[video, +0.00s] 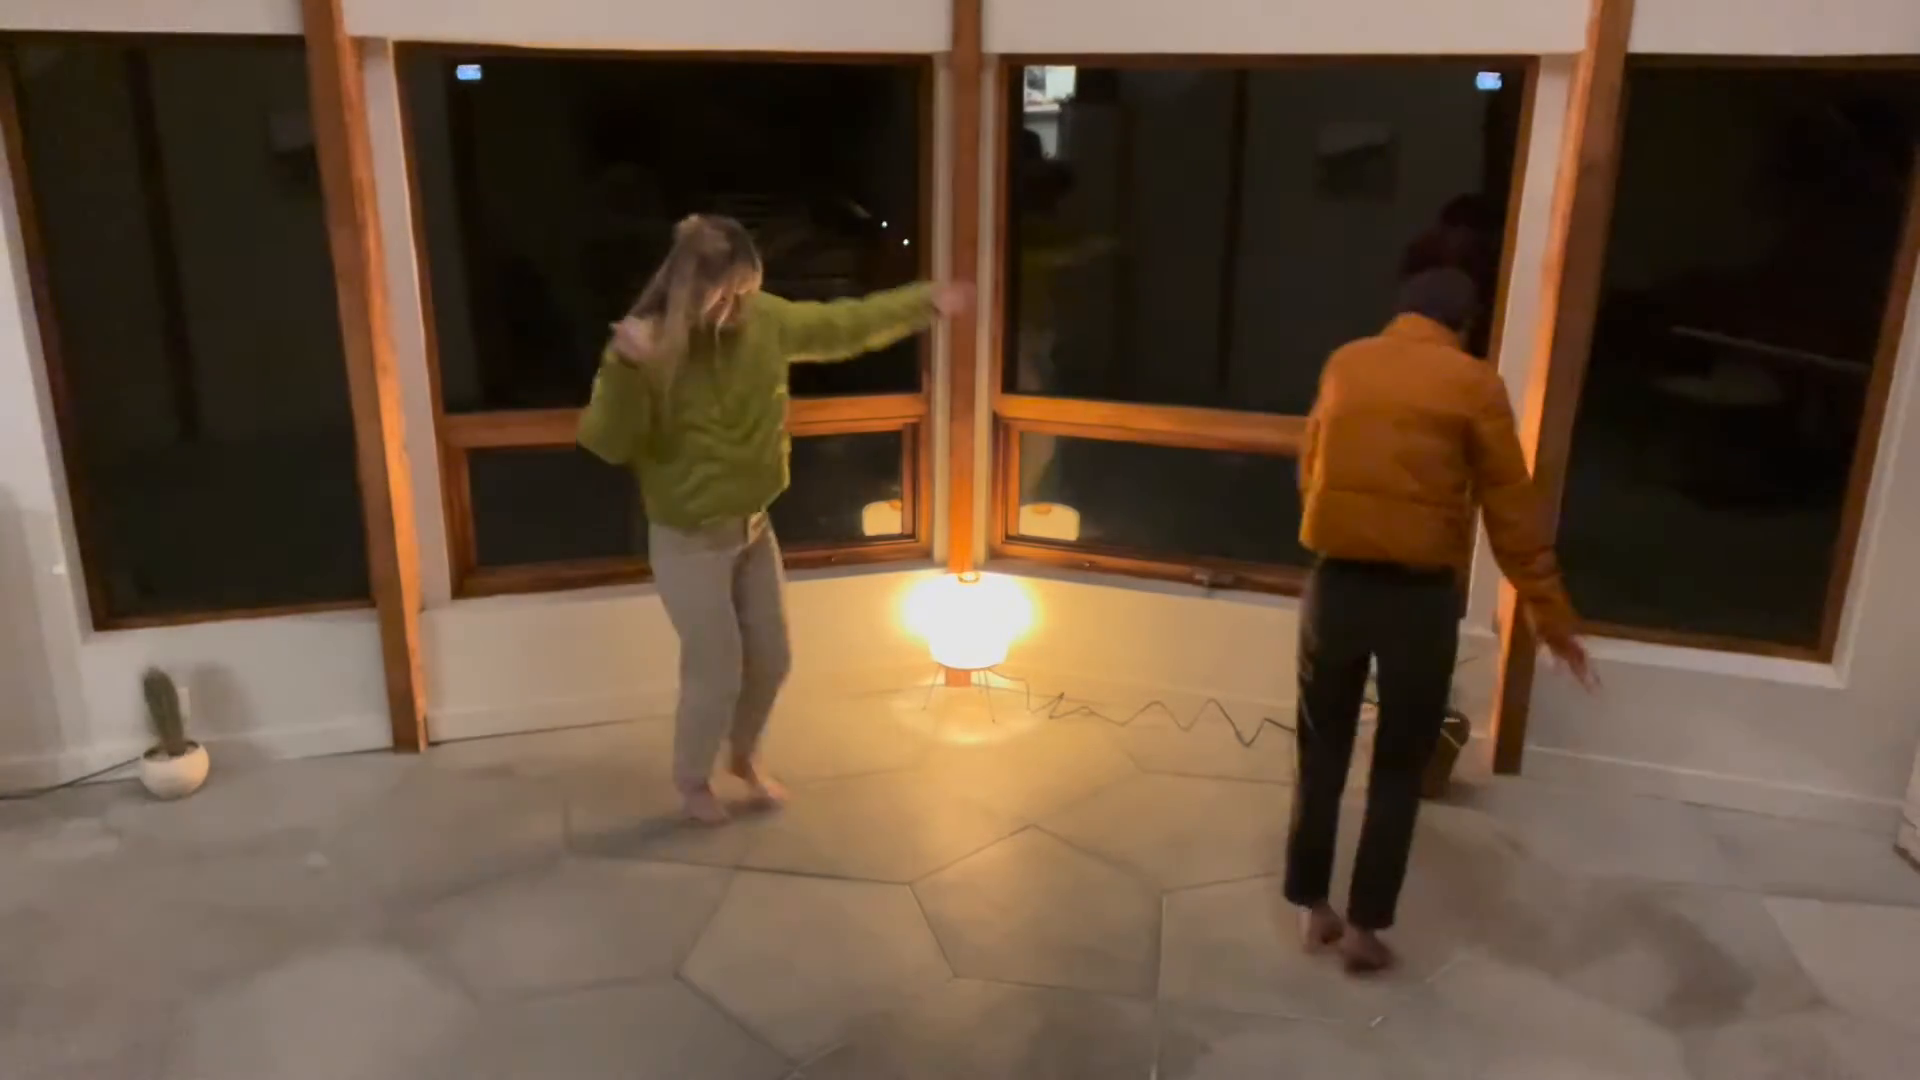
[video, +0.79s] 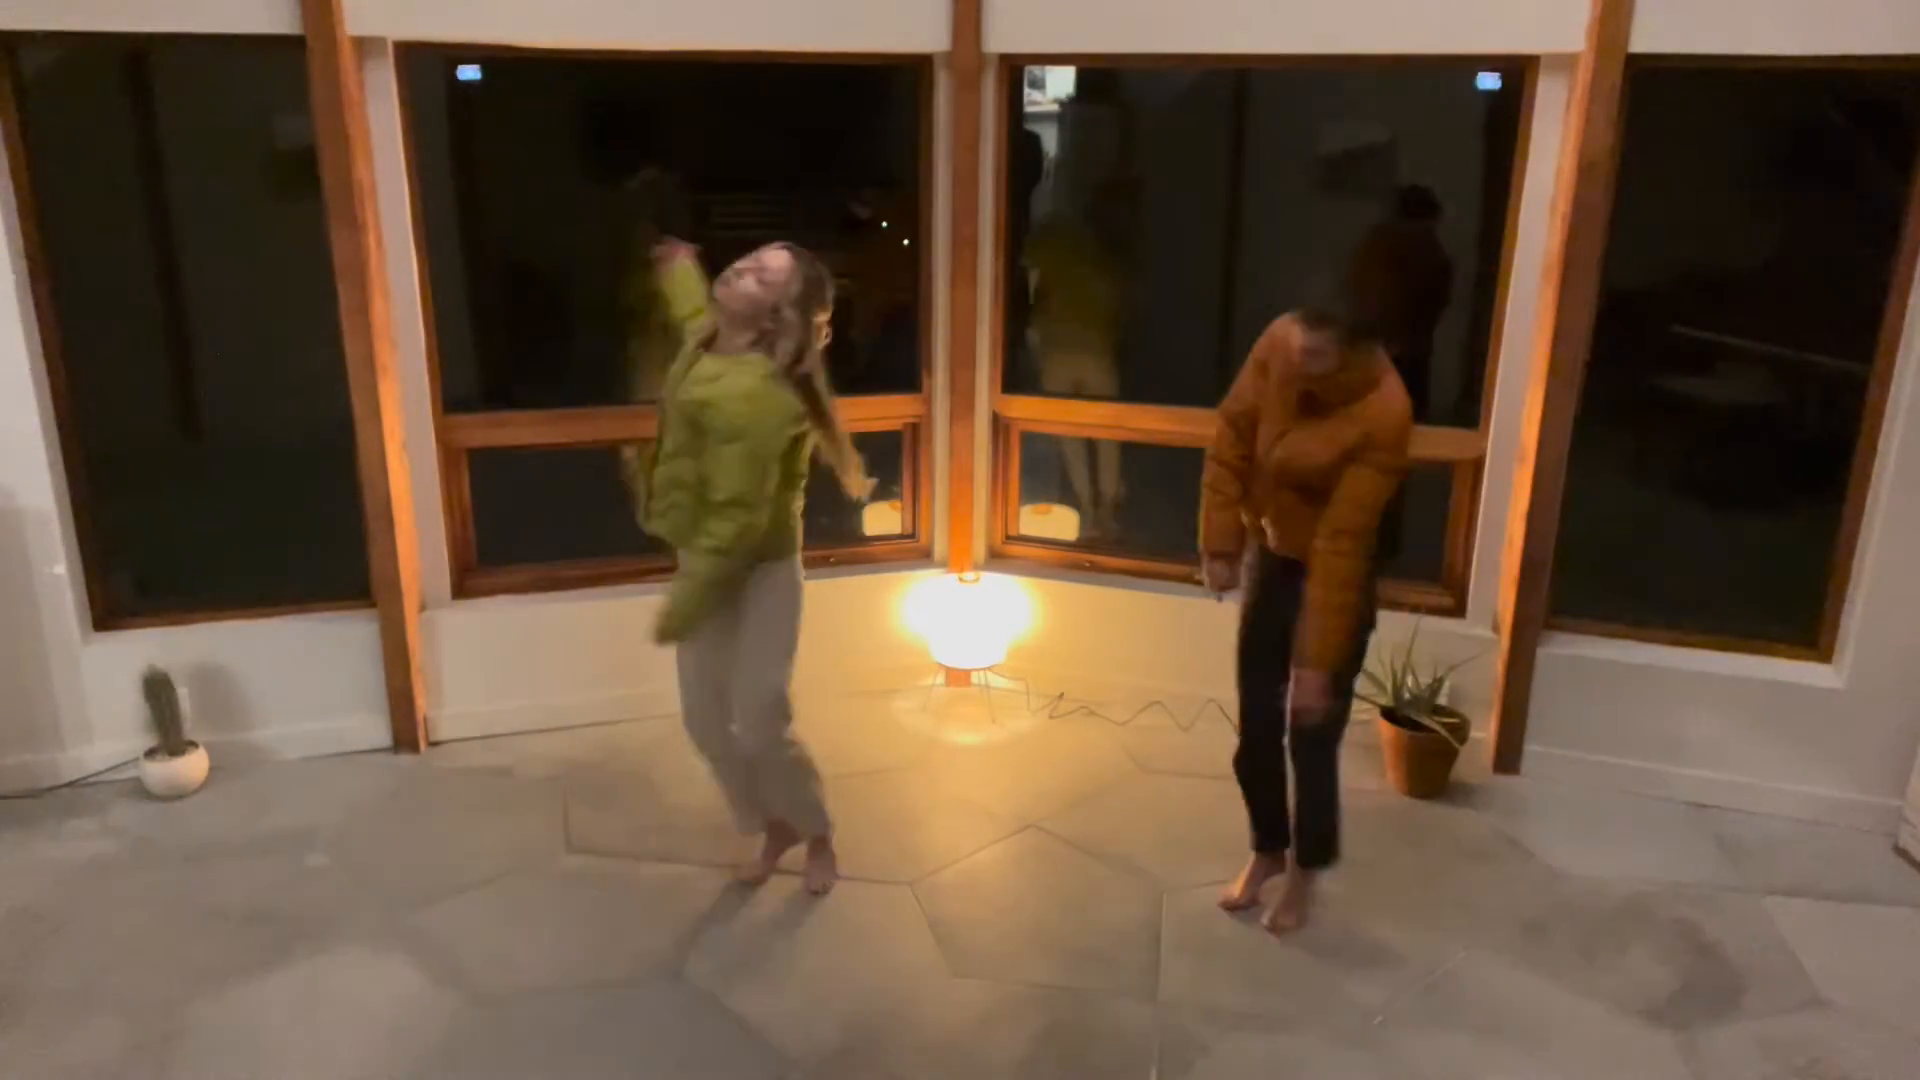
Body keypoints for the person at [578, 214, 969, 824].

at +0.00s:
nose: (730, 306)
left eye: (739, 294)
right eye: (719, 294)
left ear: (749, 285)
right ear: (686, 284)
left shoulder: (765, 320)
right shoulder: (649, 345)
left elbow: (848, 324)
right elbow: (608, 443)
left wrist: (928, 298)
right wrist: (625, 364)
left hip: (752, 528)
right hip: (686, 539)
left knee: (770, 660)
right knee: (714, 664)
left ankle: (740, 758)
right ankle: (692, 782)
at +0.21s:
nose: (753, 304)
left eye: (766, 292)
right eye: (740, 289)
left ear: (778, 287)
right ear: (709, 281)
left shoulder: (797, 340)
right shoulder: (660, 338)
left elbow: (880, 374)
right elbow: (588, 414)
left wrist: (977, 384)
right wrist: (575, 349)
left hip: (771, 536)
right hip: (693, 541)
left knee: (794, 676)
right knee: (725, 679)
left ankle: (767, 761)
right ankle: (735, 789)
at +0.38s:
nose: (767, 292)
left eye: (783, 285)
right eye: (761, 274)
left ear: (793, 295)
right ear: (734, 266)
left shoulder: (803, 354)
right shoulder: (672, 332)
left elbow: (878, 427)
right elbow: (595, 380)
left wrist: (961, 473)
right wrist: (562, 317)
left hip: (778, 549)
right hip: (698, 550)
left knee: (796, 688)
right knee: (723, 694)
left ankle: (807, 794)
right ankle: (743, 788)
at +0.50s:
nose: (768, 282)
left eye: (787, 281)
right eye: (766, 265)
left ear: (800, 303)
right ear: (745, 264)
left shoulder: (802, 367)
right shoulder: (686, 330)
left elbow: (852, 469)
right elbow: (619, 364)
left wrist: (911, 555)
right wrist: (571, 297)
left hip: (778, 555)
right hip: (698, 553)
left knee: (795, 704)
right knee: (721, 708)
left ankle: (809, 795)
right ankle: (757, 799)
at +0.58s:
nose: (769, 277)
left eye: (789, 282)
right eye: (771, 262)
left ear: (800, 310)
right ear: (749, 263)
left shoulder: (798, 377)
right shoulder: (699, 329)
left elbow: (818, 487)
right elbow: (642, 354)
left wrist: (834, 584)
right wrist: (592, 281)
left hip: (774, 561)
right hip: (699, 555)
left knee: (788, 709)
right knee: (719, 709)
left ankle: (819, 834)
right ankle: (758, 794)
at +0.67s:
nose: (763, 273)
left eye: (784, 278)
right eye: (765, 260)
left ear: (799, 315)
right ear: (742, 269)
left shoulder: (789, 385)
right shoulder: (703, 336)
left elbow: (793, 507)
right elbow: (653, 338)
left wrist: (780, 619)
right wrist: (615, 273)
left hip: (768, 570)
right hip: (701, 559)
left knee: (791, 719)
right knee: (704, 716)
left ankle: (822, 842)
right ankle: (764, 796)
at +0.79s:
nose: (739, 268)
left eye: (760, 274)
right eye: (748, 260)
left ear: (774, 317)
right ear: (734, 287)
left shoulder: (758, 395)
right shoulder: (707, 342)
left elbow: (741, 517)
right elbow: (691, 305)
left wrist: (683, 604)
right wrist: (677, 264)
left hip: (763, 566)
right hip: (702, 557)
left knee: (756, 723)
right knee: (705, 720)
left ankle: (815, 831)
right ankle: (773, 825)